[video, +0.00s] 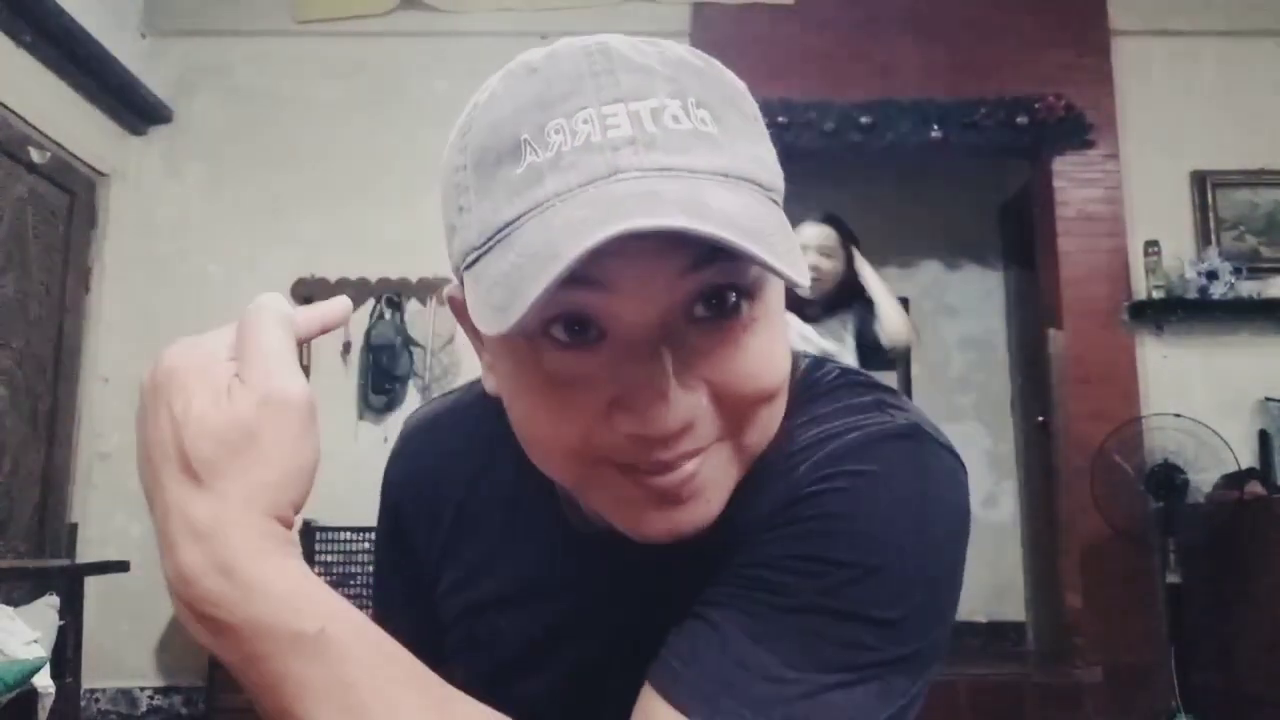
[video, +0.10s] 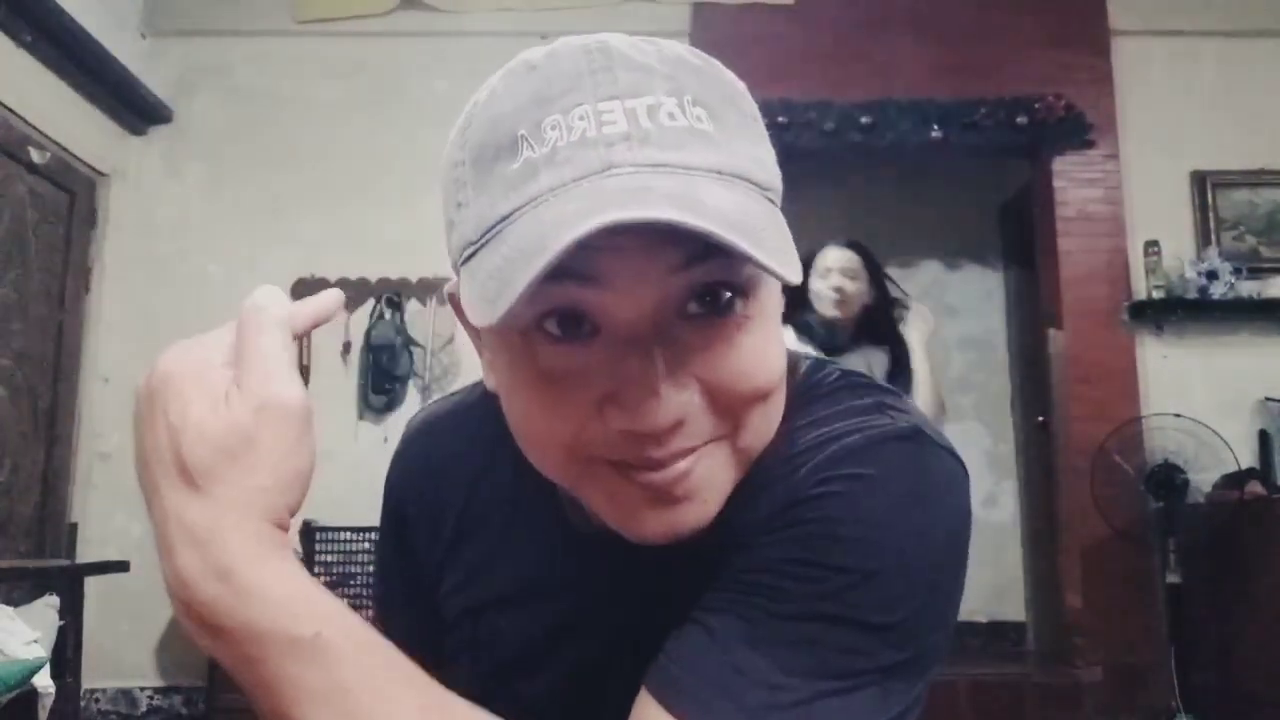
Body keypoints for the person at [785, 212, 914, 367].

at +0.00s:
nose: (812, 263)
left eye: (826, 255)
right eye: (802, 251)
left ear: (846, 265)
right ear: (787, 253)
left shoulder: (857, 314)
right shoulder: (772, 306)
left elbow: (900, 338)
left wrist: (862, 267)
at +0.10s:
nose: (836, 285)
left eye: (850, 277)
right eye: (824, 275)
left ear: (871, 293)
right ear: (806, 285)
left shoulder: (891, 356)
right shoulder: (780, 342)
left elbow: (926, 423)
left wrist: (917, 343)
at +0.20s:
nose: (854, 283)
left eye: (869, 274)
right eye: (841, 275)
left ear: (888, 295)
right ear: (824, 292)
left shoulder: (903, 374)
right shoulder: (788, 352)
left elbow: (925, 450)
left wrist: (953, 418)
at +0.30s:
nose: (869, 264)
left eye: (883, 255)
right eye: (856, 257)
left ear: (902, 274)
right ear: (838, 276)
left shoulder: (914, 345)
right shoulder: (803, 338)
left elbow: (928, 415)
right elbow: (774, 418)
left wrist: (951, 471)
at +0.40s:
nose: (880, 258)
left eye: (895, 249)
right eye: (867, 249)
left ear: (914, 270)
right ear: (847, 270)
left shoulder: (923, 343)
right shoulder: (818, 334)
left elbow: (924, 427)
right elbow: (762, 407)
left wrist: (935, 510)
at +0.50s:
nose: (884, 249)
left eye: (898, 238)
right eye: (870, 238)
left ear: (916, 253)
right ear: (852, 252)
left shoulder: (931, 329)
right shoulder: (821, 323)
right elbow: (791, 413)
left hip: (915, 475)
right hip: (841, 475)